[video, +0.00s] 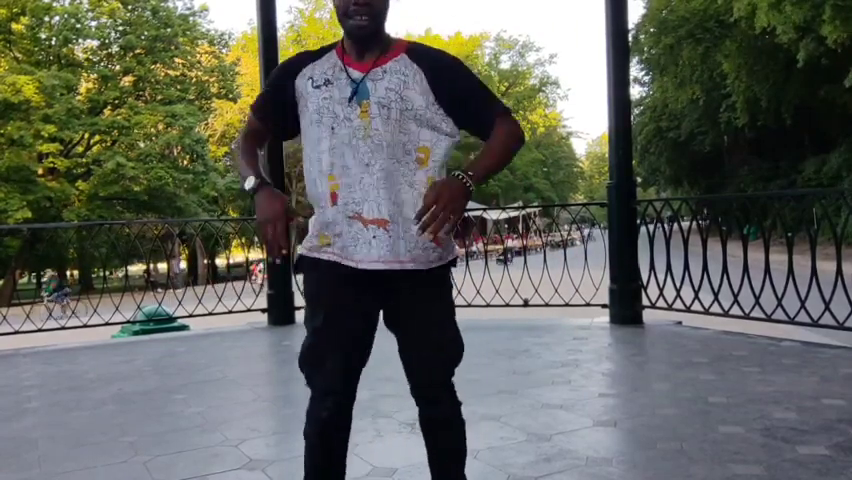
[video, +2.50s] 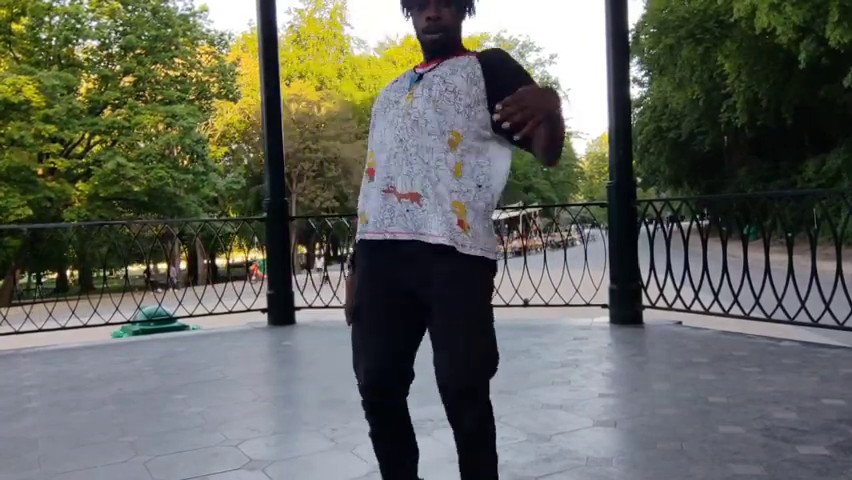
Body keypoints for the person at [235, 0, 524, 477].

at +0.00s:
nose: (358, 1)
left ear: (386, 2)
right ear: (334, 5)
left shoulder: (433, 67)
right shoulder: (300, 74)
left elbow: (508, 130)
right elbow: (249, 138)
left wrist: (465, 181)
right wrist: (261, 188)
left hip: (420, 266)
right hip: (336, 267)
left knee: (436, 396)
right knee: (329, 400)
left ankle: (451, 479)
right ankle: (321, 479)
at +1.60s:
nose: (433, 4)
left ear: (460, 7)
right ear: (401, 3)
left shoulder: (474, 78)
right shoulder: (353, 62)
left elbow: (508, 153)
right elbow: (254, 95)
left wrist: (513, 156)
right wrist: (289, 182)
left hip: (441, 264)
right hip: (360, 259)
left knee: (453, 398)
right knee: (344, 400)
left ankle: (462, 479)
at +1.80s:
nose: (489, 43)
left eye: (500, 38)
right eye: (477, 30)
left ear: (506, 54)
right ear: (449, 37)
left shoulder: (505, 114)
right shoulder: (400, 69)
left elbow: (538, 165)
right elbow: (293, 67)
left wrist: (526, 195)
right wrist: (283, 153)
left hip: (446, 279)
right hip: (372, 268)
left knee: (458, 397)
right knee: (375, 396)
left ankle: (462, 477)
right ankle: (337, 476)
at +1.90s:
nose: (489, 49)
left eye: (502, 43)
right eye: (477, 36)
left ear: (510, 58)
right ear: (452, 43)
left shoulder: (502, 127)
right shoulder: (404, 66)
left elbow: (544, 184)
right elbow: (305, 68)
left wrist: (526, 202)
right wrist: (281, 148)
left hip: (460, 266)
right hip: (395, 258)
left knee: (473, 394)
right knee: (435, 386)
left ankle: (467, 477)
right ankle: (373, 475)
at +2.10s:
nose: (472, 26)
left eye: (485, 17)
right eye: (461, 14)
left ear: (496, 27)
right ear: (441, 18)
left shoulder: (503, 113)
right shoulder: (390, 68)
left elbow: (514, 215)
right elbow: (319, 118)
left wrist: (516, 182)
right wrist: (290, 201)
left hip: (479, 263)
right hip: (408, 252)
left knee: (494, 387)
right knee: (433, 377)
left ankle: (471, 478)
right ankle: (408, 476)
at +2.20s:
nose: (461, 15)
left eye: (474, 5)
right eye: (449, 5)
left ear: (490, 14)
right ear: (433, 12)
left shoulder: (507, 99)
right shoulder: (390, 72)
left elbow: (496, 196)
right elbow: (351, 145)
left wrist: (525, 163)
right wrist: (319, 227)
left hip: (480, 263)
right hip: (398, 254)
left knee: (490, 390)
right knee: (374, 369)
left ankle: (476, 477)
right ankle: (395, 475)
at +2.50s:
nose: (431, 10)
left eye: (443, 1)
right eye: (420, 3)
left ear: (464, 8)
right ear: (408, 12)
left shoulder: (489, 64)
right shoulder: (390, 91)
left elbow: (547, 152)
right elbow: (373, 184)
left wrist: (551, 105)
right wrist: (357, 268)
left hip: (457, 257)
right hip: (382, 256)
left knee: (464, 394)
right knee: (378, 392)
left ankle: (481, 476)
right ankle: (399, 476)